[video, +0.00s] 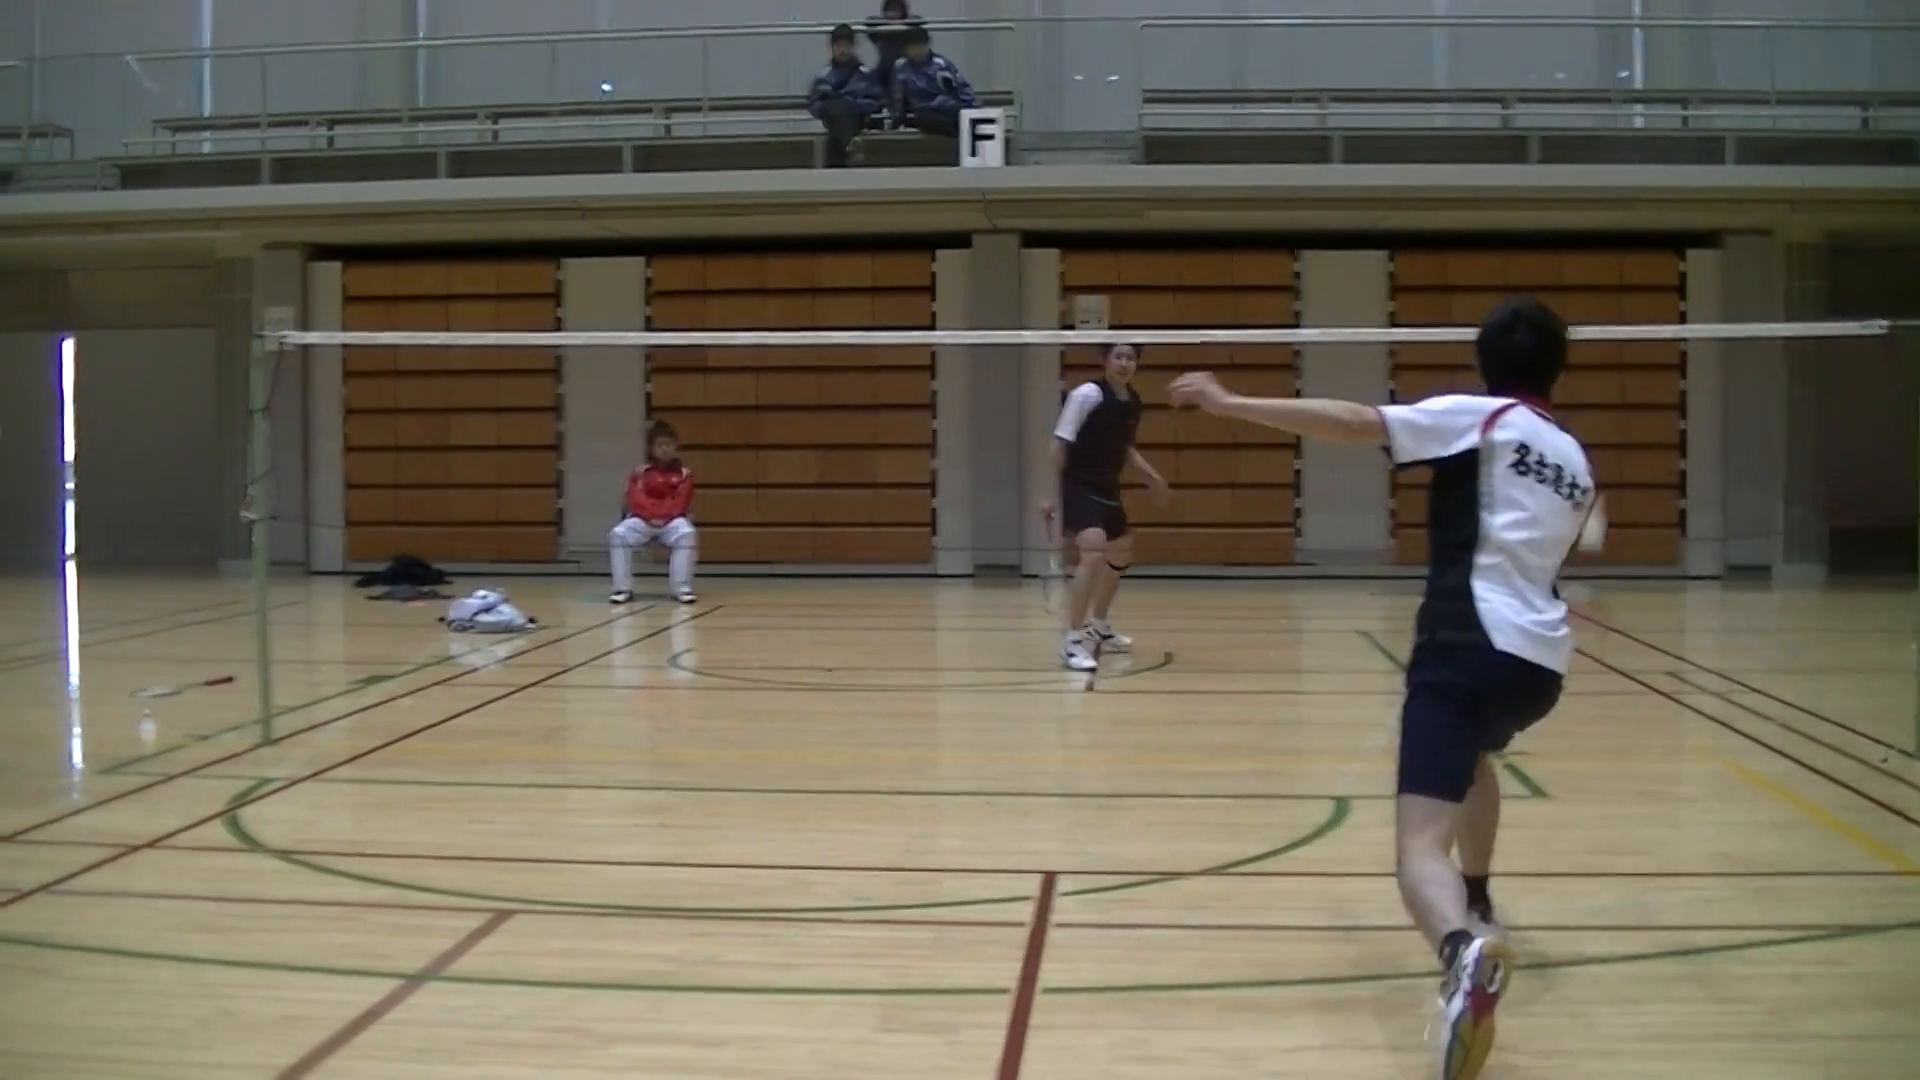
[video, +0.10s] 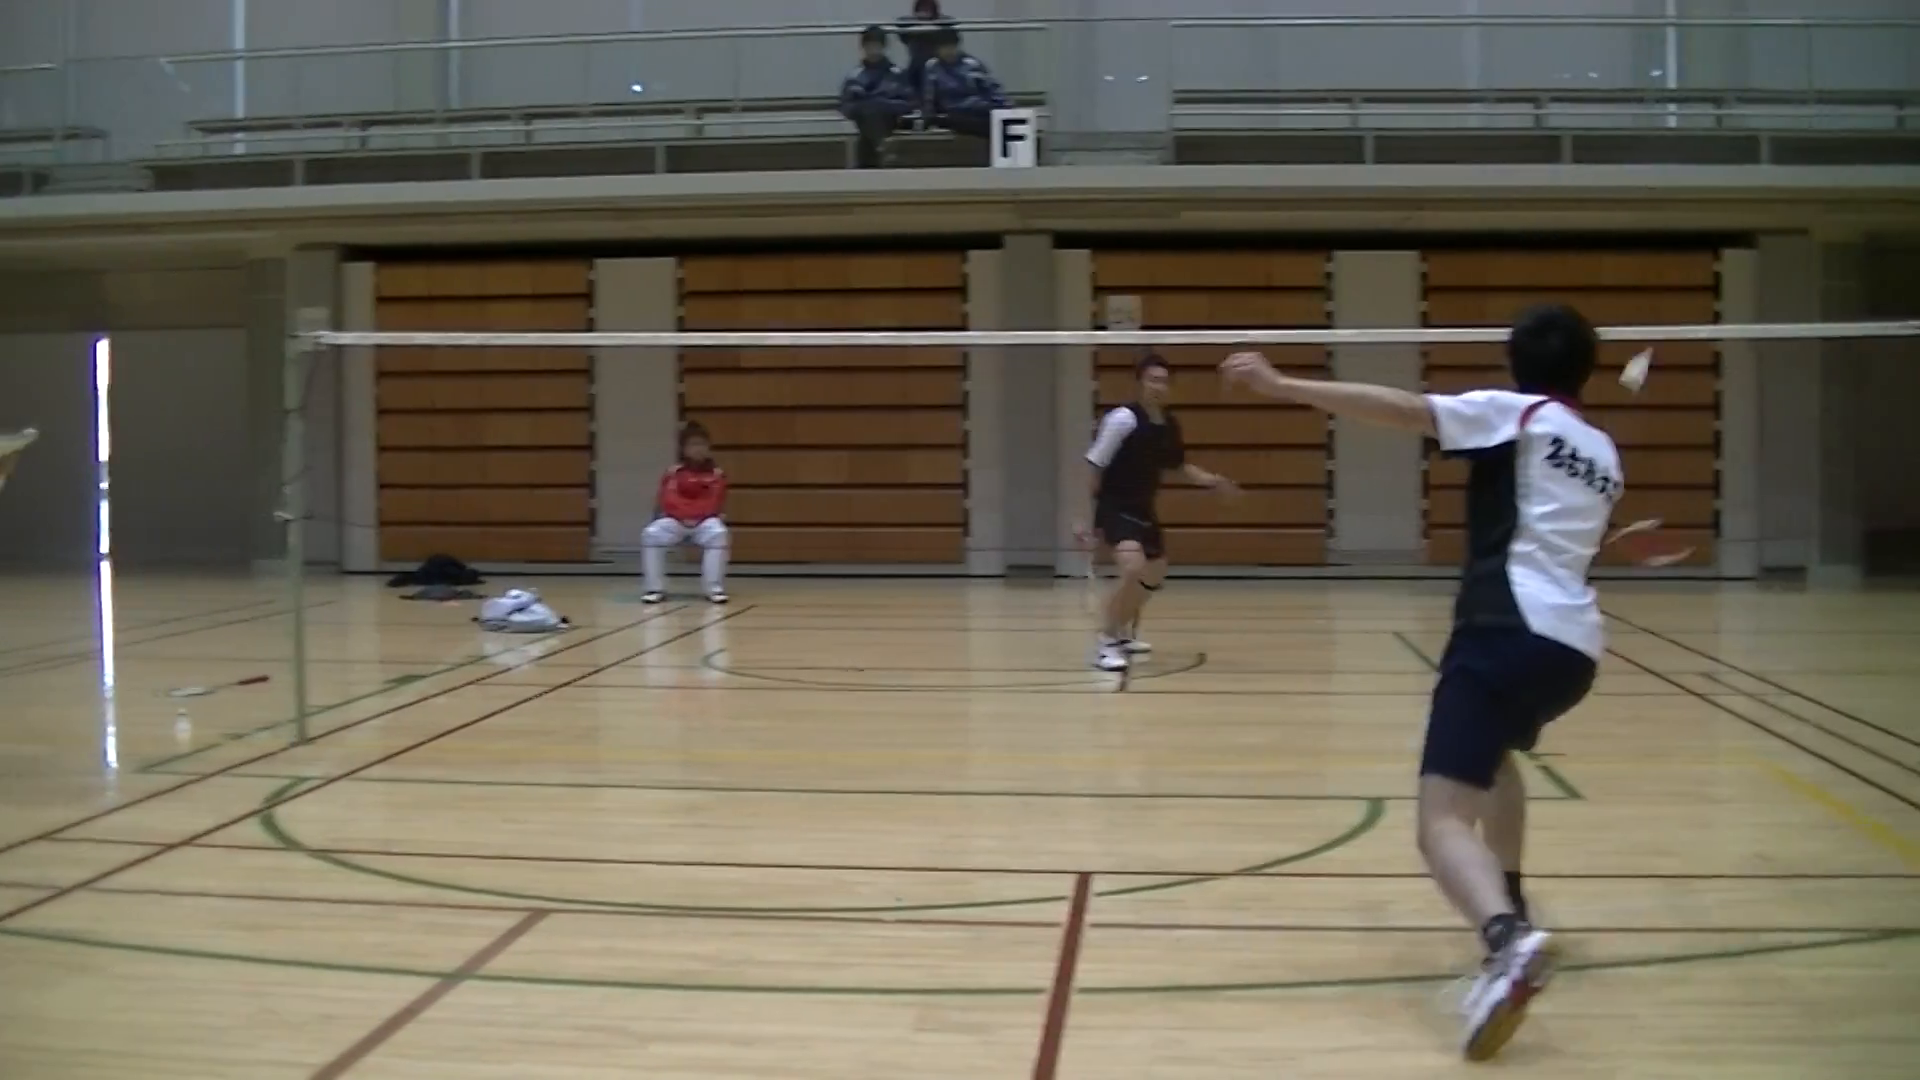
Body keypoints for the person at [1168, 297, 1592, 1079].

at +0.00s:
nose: (1477, 365)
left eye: (1481, 353)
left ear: (1486, 365)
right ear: (1555, 374)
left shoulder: (1472, 415)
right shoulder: (1574, 458)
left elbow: (1357, 420)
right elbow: (1585, 543)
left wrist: (1230, 403)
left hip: (1464, 649)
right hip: (1541, 666)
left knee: (1424, 848)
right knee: (1474, 755)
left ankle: (1460, 952)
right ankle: (1476, 902)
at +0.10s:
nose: (1509, 367)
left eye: (1513, 356)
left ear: (1518, 367)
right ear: (1585, 375)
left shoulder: (1509, 411)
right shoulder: (1605, 456)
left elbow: (1406, 408)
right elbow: (1579, 552)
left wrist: (1280, 384)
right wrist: (1623, 547)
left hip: (1503, 635)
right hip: (1574, 651)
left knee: (1444, 820)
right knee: (1496, 754)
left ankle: (1505, 939)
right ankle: (1509, 906)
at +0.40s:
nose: (1493, 327)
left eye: (1497, 317)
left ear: (1502, 323)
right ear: (1568, 333)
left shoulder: (1491, 365)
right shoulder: (1597, 416)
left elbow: (1392, 381)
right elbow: (1600, 521)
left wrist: (1270, 381)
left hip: (1498, 572)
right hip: (1568, 590)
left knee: (1466, 759)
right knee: (1490, 748)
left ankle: (1504, 931)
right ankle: (1508, 906)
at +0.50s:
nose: (1474, 315)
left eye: (1477, 305)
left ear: (1481, 311)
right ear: (1546, 322)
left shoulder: (1473, 352)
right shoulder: (1578, 400)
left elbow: (1382, 390)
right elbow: (1602, 514)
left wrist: (1257, 417)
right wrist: (1557, 559)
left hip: (1481, 561)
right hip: (1550, 580)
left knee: (1452, 743)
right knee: (1473, 737)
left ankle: (1479, 923)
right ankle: (1490, 899)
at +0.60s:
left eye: (1464, 308)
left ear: (1467, 310)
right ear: (1533, 321)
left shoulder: (1454, 351)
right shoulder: (1569, 400)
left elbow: (1373, 410)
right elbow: (1591, 527)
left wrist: (1271, 464)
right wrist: (1570, 593)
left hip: (1466, 559)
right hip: (1543, 579)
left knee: (1435, 741)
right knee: (1473, 715)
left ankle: (1455, 921)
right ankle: (1498, 866)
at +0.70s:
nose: (1459, 341)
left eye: (1461, 331)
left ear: (1464, 334)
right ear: (1533, 340)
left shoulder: (1447, 377)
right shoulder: (1569, 417)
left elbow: (1388, 454)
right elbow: (1594, 548)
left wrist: (1299, 527)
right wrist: (1567, 632)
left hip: (1453, 582)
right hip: (1534, 598)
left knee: (1424, 763)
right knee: (1480, 735)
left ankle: (1447, 923)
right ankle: (1509, 888)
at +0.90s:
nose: (1463, 373)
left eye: (1464, 362)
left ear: (1469, 365)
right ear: (1538, 369)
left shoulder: (1444, 413)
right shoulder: (1579, 444)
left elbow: (1404, 504)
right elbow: (1619, 560)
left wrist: (1341, 603)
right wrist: (1606, 669)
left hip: (1466, 610)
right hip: (1548, 623)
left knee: (1425, 791)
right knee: (1489, 740)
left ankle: (1453, 927)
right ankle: (1510, 891)